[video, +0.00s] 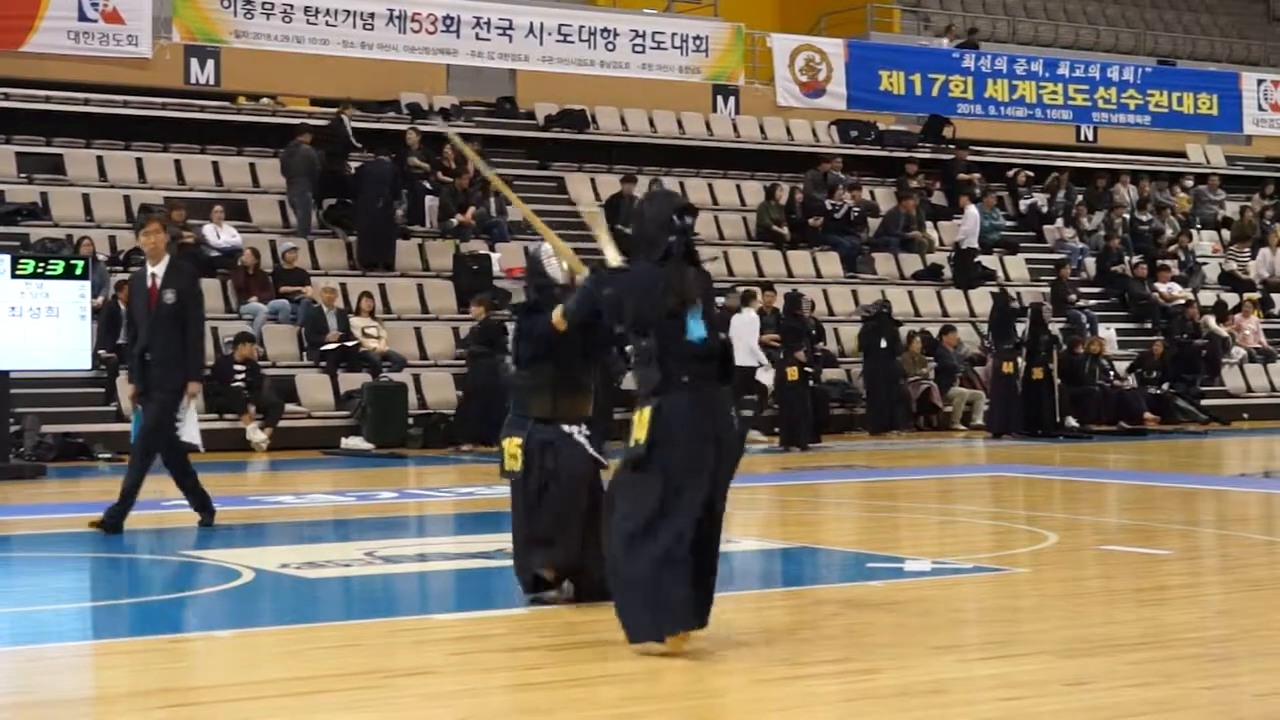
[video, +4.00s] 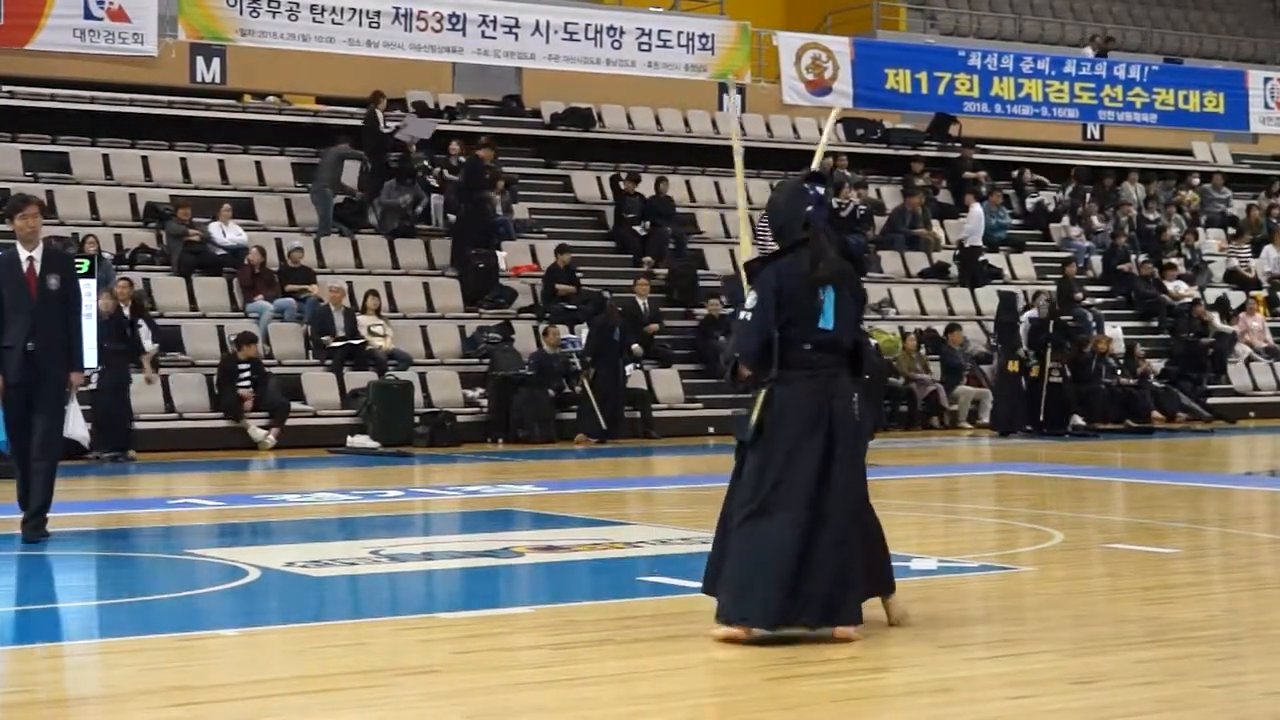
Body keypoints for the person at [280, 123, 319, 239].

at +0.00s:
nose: (310, 139)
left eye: (310, 136)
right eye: (309, 136)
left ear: (298, 135)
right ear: (305, 135)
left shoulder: (287, 151)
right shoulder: (308, 150)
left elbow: (284, 170)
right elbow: (315, 169)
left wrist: (291, 179)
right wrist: (313, 181)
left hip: (291, 185)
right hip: (304, 184)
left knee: (300, 217)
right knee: (305, 218)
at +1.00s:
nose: (319, 138)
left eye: (319, 135)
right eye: (318, 135)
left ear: (306, 135)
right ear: (313, 135)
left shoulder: (294, 150)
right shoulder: (317, 150)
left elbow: (289, 167)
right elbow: (324, 169)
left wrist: (298, 174)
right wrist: (331, 182)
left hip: (297, 186)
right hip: (312, 187)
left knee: (310, 218)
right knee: (311, 220)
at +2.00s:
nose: (327, 137)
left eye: (326, 135)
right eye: (325, 135)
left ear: (315, 135)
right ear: (322, 136)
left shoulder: (307, 148)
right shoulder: (325, 148)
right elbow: (340, 162)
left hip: (309, 185)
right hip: (321, 186)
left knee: (316, 218)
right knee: (321, 220)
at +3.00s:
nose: (334, 141)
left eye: (334, 139)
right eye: (334, 138)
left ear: (324, 136)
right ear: (331, 137)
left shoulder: (315, 148)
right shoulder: (326, 148)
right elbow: (337, 157)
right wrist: (354, 158)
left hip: (312, 188)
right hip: (321, 189)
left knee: (320, 222)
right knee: (323, 223)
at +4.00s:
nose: (348, 150)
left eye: (348, 148)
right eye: (347, 147)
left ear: (337, 144)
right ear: (345, 145)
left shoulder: (329, 154)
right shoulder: (338, 151)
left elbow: (335, 184)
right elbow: (361, 154)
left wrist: (354, 193)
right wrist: (365, 161)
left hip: (317, 190)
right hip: (324, 190)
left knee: (325, 225)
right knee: (325, 226)